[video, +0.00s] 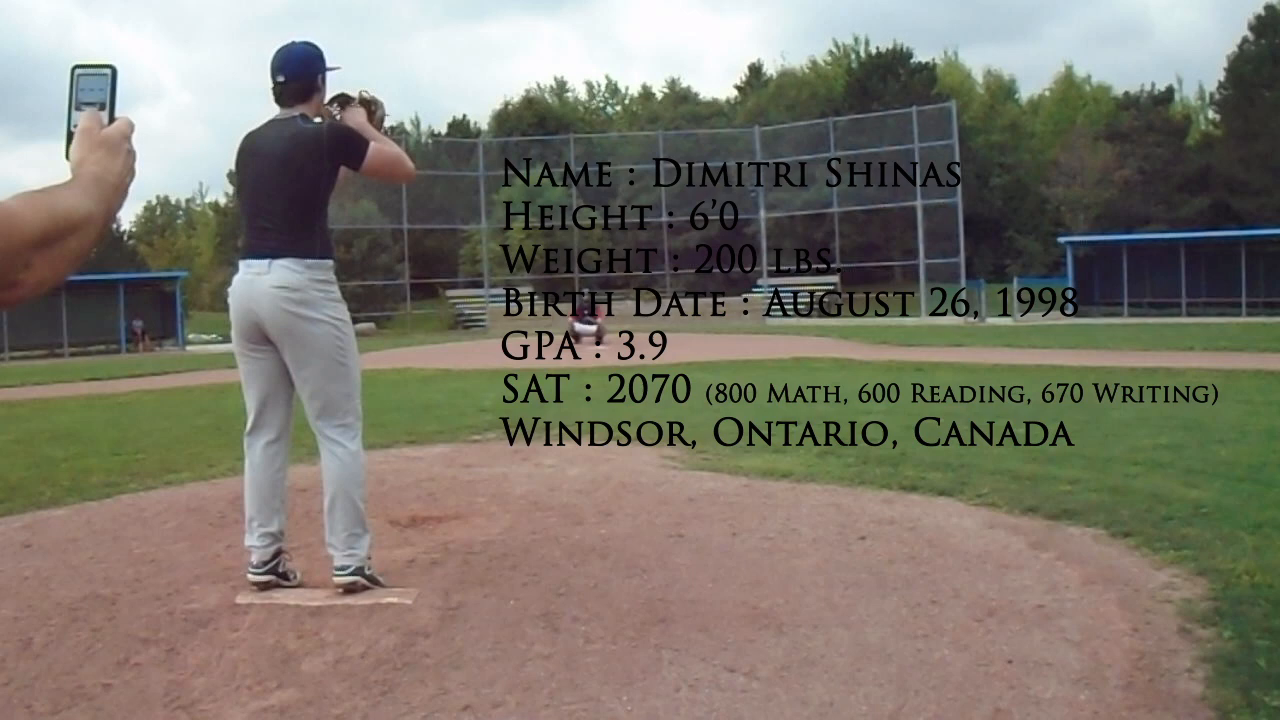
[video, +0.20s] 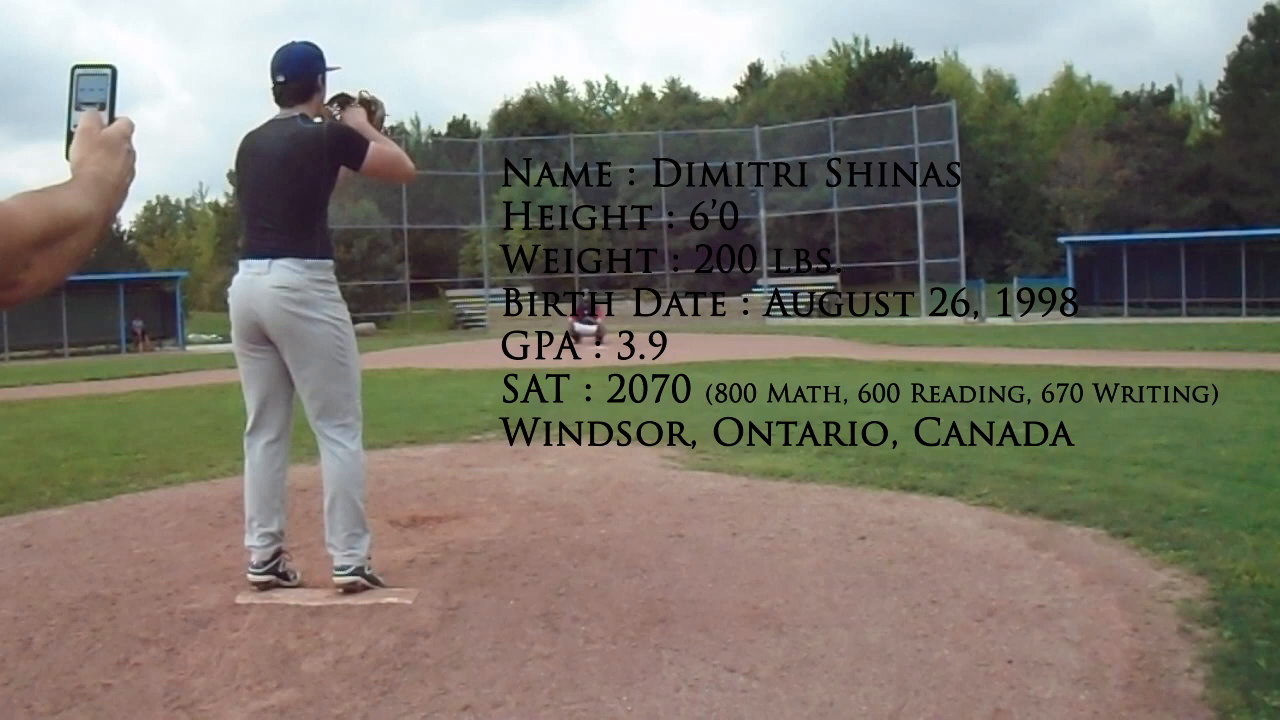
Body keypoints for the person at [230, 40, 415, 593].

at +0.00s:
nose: (327, 88)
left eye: (322, 81)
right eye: (325, 81)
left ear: (275, 88)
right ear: (320, 86)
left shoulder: (250, 143)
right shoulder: (327, 135)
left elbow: (301, 185)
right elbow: (402, 167)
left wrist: (327, 131)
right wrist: (362, 125)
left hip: (246, 288)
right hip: (303, 286)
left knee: (264, 430)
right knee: (338, 429)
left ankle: (263, 558)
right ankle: (350, 561)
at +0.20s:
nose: (327, 88)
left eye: (322, 81)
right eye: (325, 81)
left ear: (275, 88)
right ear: (320, 86)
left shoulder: (250, 143)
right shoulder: (327, 135)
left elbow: (301, 185)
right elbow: (402, 167)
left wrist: (327, 131)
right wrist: (362, 125)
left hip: (246, 288)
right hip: (303, 286)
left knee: (264, 430)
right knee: (338, 429)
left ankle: (263, 558)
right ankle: (350, 561)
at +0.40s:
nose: (327, 88)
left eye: (322, 81)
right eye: (325, 81)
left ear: (275, 88)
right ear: (320, 86)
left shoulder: (250, 143)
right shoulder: (327, 135)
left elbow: (301, 185)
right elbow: (402, 167)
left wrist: (327, 131)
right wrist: (362, 125)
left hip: (246, 288)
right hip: (303, 286)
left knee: (264, 430)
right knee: (338, 429)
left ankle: (263, 558)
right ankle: (350, 561)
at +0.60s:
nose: (327, 88)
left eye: (322, 81)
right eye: (325, 81)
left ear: (275, 88)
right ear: (320, 86)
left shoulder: (250, 143)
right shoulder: (327, 135)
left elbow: (301, 185)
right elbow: (402, 167)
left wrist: (327, 131)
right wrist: (362, 125)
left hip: (246, 288)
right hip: (303, 286)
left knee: (264, 430)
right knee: (338, 429)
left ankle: (263, 558)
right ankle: (350, 561)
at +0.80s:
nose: (327, 88)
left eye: (322, 81)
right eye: (325, 81)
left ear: (275, 88)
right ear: (320, 86)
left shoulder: (250, 143)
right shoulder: (327, 135)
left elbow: (301, 185)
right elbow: (402, 167)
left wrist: (327, 131)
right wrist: (362, 125)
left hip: (246, 288)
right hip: (303, 286)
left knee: (264, 430)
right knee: (338, 429)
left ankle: (263, 558)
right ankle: (350, 561)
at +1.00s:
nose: (327, 88)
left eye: (322, 81)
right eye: (325, 81)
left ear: (275, 88)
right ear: (320, 86)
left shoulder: (250, 143)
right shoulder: (327, 135)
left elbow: (301, 185)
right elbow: (402, 167)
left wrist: (327, 131)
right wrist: (362, 125)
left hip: (246, 288)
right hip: (303, 286)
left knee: (264, 430)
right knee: (338, 429)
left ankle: (263, 558)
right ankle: (350, 561)